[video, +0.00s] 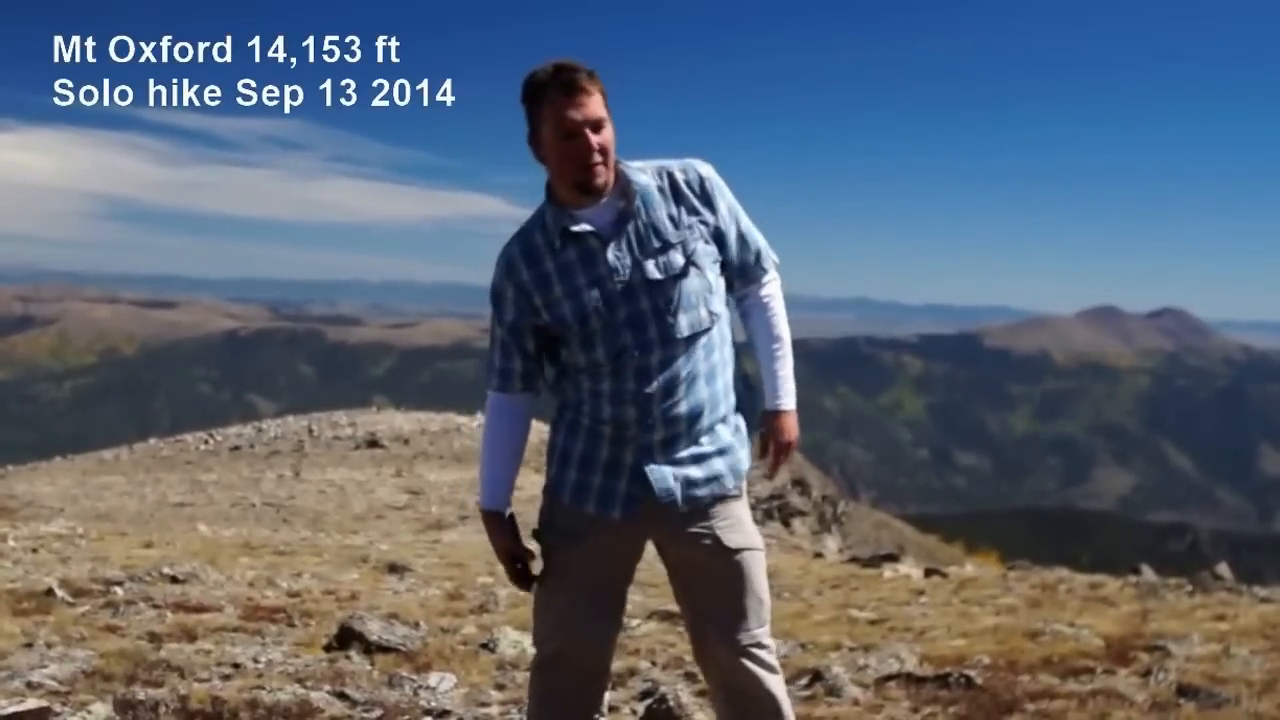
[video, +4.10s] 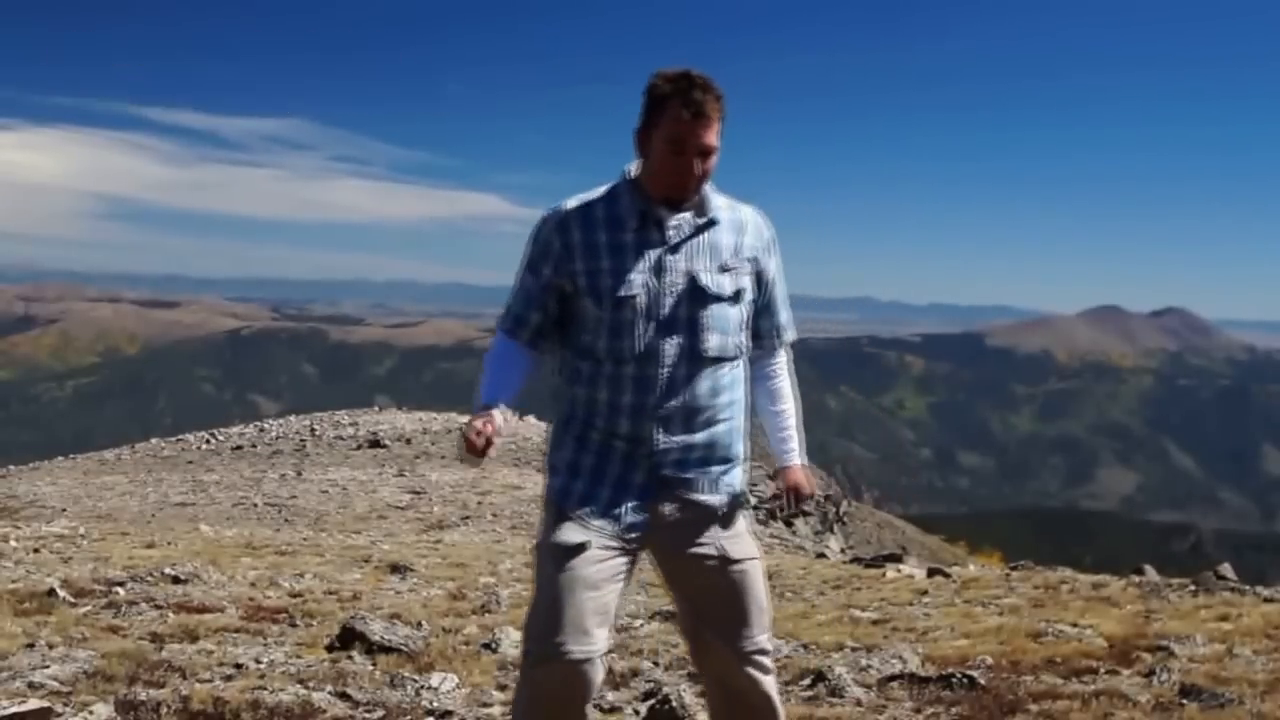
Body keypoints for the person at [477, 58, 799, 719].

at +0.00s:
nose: (591, 142)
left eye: (598, 125)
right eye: (571, 132)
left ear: (613, 127)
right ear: (538, 145)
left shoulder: (692, 189)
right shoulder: (525, 263)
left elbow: (758, 283)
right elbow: (509, 393)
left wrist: (780, 400)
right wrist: (493, 507)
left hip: (704, 465)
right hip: (591, 479)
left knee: (743, 660)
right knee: (565, 672)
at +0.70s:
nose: (510, 186)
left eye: (519, 165)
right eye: (490, 174)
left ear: (547, 140)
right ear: (471, 167)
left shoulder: (637, 187)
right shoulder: (470, 267)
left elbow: (708, 278)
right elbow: (457, 387)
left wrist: (730, 398)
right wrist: (455, 494)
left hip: (659, 457)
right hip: (548, 471)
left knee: (714, 650)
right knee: (548, 667)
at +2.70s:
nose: (487, 171)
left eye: (496, 152)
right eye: (468, 160)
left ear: (520, 134)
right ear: (444, 158)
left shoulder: (606, 187)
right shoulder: (436, 255)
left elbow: (679, 285)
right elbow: (438, 367)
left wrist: (700, 406)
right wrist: (462, 468)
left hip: (641, 445)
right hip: (530, 460)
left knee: (686, 640)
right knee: (540, 656)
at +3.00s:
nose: (581, 170)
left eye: (589, 153)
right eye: (563, 158)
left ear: (608, 133)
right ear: (533, 151)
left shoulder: (679, 199)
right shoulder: (500, 241)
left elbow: (732, 304)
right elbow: (469, 353)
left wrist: (744, 423)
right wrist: (435, 455)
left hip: (681, 461)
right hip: (570, 470)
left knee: (733, 656)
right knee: (556, 666)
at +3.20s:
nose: (670, 177)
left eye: (678, 160)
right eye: (653, 164)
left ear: (691, 141)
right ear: (615, 151)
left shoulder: (747, 207)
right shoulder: (568, 238)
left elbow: (790, 316)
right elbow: (526, 343)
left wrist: (797, 434)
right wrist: (468, 432)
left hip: (737, 469)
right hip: (624, 474)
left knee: (763, 664)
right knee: (582, 661)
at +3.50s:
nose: (750, 187)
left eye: (758, 171)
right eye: (735, 173)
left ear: (769, 155)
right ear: (696, 158)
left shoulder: (816, 223)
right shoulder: (641, 238)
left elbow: (856, 339)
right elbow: (598, 349)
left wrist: (877, 449)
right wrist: (553, 446)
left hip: (788, 481)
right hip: (676, 482)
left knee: (791, 671)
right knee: (631, 660)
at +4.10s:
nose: (695, 168)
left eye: (707, 153)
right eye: (681, 150)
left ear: (720, 148)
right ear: (644, 140)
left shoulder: (747, 233)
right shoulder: (571, 230)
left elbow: (769, 355)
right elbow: (519, 332)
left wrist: (790, 455)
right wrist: (493, 405)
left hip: (707, 486)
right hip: (593, 485)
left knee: (745, 670)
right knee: (564, 663)